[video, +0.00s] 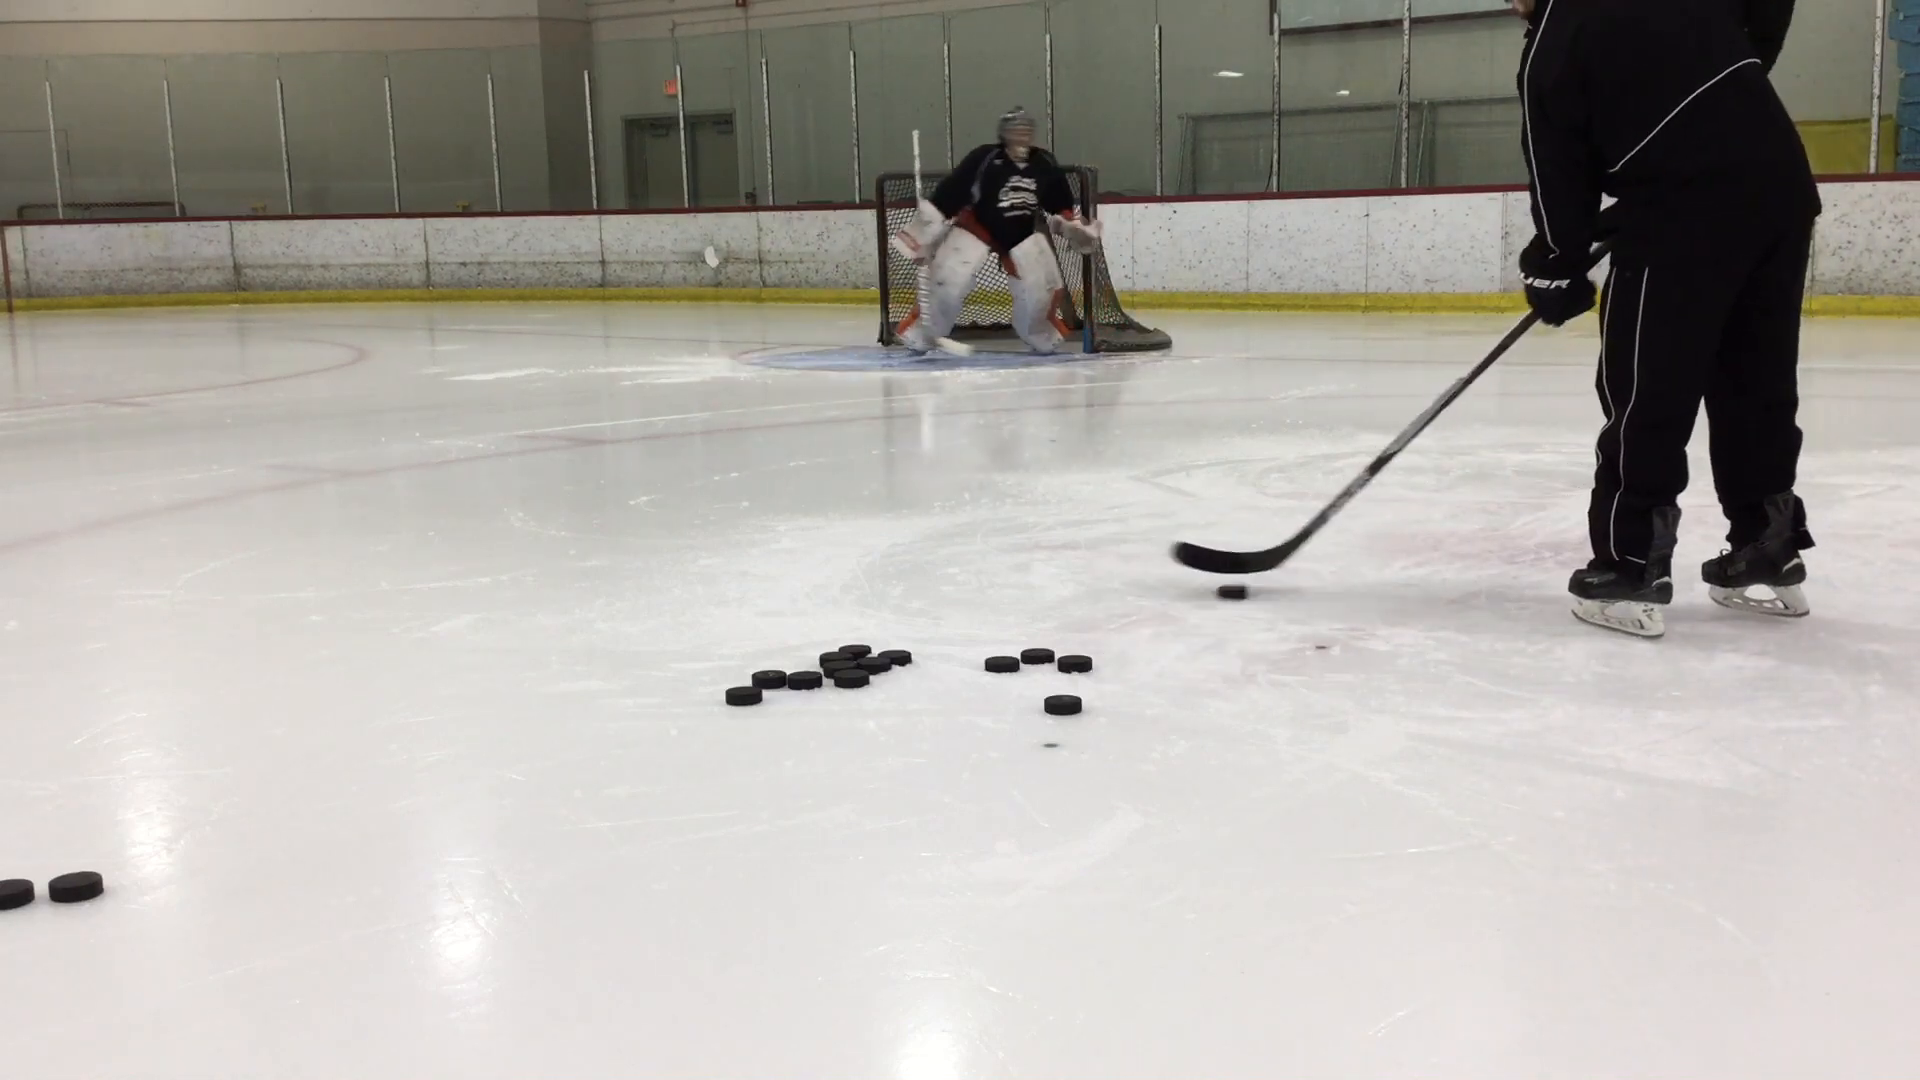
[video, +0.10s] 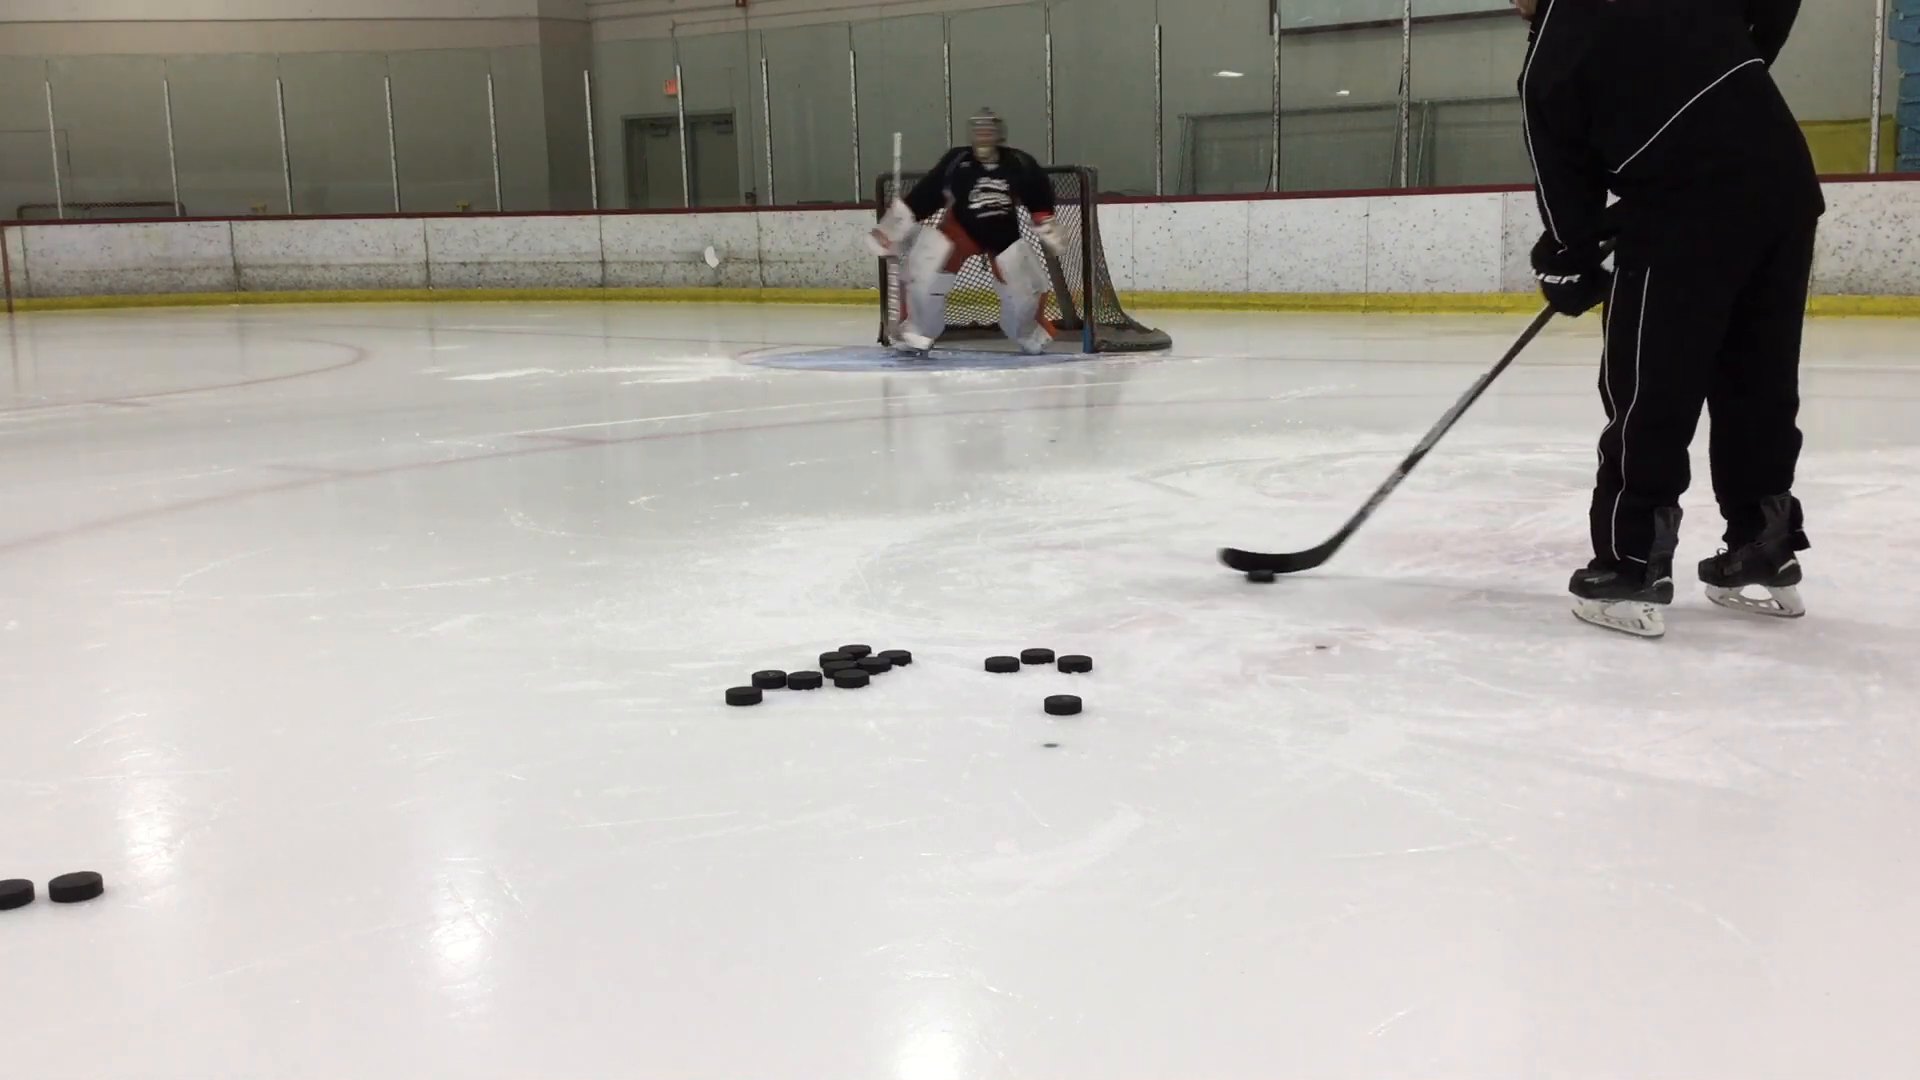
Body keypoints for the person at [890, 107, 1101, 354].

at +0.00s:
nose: (1024, 138)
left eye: (1027, 133)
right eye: (1017, 133)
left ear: (1032, 135)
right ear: (1004, 135)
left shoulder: (1044, 164)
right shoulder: (984, 159)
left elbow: (1061, 205)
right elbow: (947, 196)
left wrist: (1071, 228)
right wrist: (922, 234)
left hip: (1024, 235)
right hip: (977, 228)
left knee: (1040, 286)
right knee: (949, 279)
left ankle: (1039, 336)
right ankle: (925, 334)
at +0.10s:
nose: (983, 137)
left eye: (989, 132)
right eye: (979, 132)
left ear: (999, 135)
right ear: (972, 135)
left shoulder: (1018, 163)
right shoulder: (957, 161)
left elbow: (1039, 199)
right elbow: (924, 195)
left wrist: (1048, 230)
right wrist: (892, 227)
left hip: (1004, 236)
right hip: (959, 232)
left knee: (1025, 290)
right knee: (925, 276)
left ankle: (1025, 333)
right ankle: (920, 335)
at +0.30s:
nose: (901, 139)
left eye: (907, 133)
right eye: (898, 133)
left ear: (921, 134)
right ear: (894, 134)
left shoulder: (950, 161)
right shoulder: (889, 164)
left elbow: (977, 193)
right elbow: (870, 195)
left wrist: (974, 231)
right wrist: (847, 226)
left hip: (951, 235)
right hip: (909, 236)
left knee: (973, 278)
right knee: (882, 280)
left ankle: (1015, 330)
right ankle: (898, 335)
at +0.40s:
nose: (871, 137)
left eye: (877, 131)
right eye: (869, 131)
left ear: (892, 132)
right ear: (866, 131)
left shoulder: (920, 159)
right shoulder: (861, 159)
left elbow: (949, 191)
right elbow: (848, 195)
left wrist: (943, 230)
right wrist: (831, 225)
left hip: (925, 229)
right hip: (883, 231)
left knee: (942, 278)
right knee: (863, 281)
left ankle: (994, 327)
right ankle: (875, 336)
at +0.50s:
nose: (849, 131)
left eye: (854, 125)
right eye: (846, 125)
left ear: (869, 127)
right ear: (842, 126)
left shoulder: (894, 154)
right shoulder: (837, 152)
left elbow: (924, 187)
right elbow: (830, 189)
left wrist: (913, 229)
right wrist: (815, 223)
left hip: (890, 237)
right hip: (854, 234)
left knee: (908, 294)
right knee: (841, 286)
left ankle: (954, 329)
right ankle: (855, 338)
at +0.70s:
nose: (815, 123)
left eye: (821, 118)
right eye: (812, 117)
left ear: (835, 121)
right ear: (808, 119)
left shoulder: (857, 151)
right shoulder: (800, 147)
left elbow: (882, 187)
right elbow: (791, 190)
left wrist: (860, 223)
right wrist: (778, 227)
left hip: (843, 235)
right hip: (807, 232)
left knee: (846, 295)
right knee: (800, 289)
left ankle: (873, 342)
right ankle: (810, 341)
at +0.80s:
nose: (796, 121)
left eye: (803, 116)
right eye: (793, 115)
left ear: (818, 119)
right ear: (789, 117)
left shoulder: (840, 150)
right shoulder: (781, 148)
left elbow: (858, 195)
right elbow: (771, 193)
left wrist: (829, 227)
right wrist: (756, 229)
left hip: (823, 237)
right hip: (787, 232)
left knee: (823, 292)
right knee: (778, 287)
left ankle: (850, 345)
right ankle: (782, 343)